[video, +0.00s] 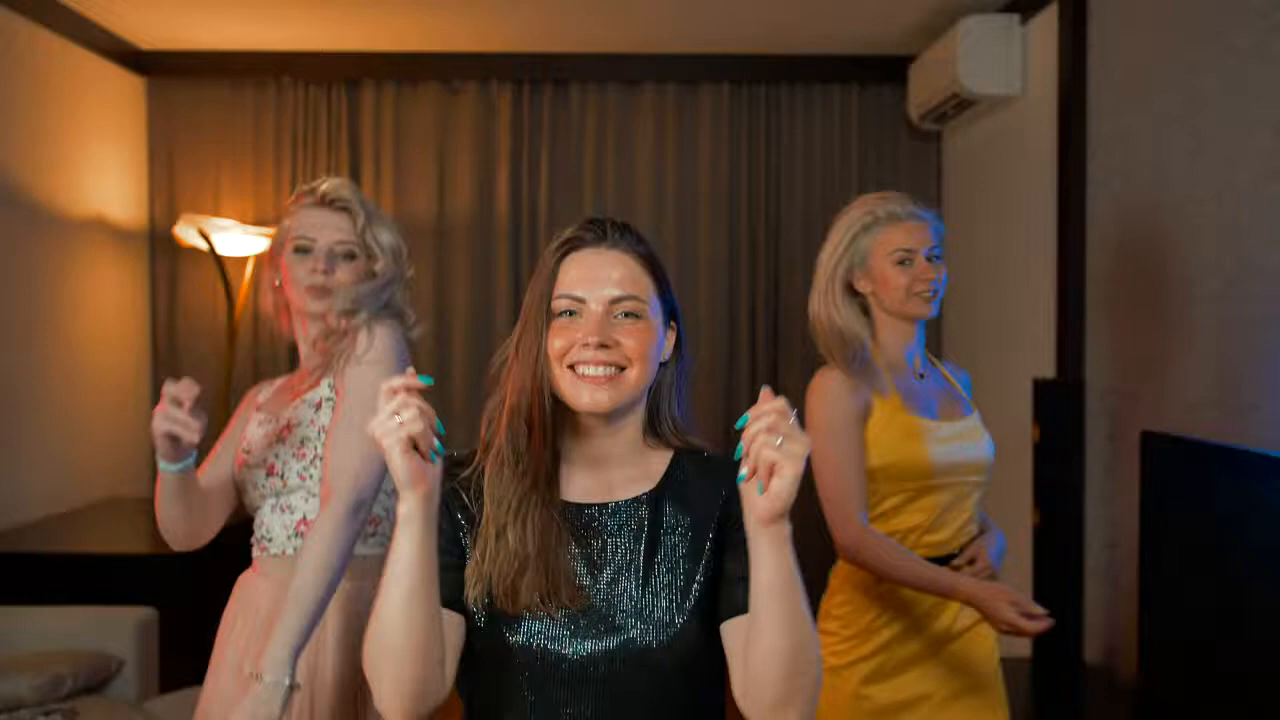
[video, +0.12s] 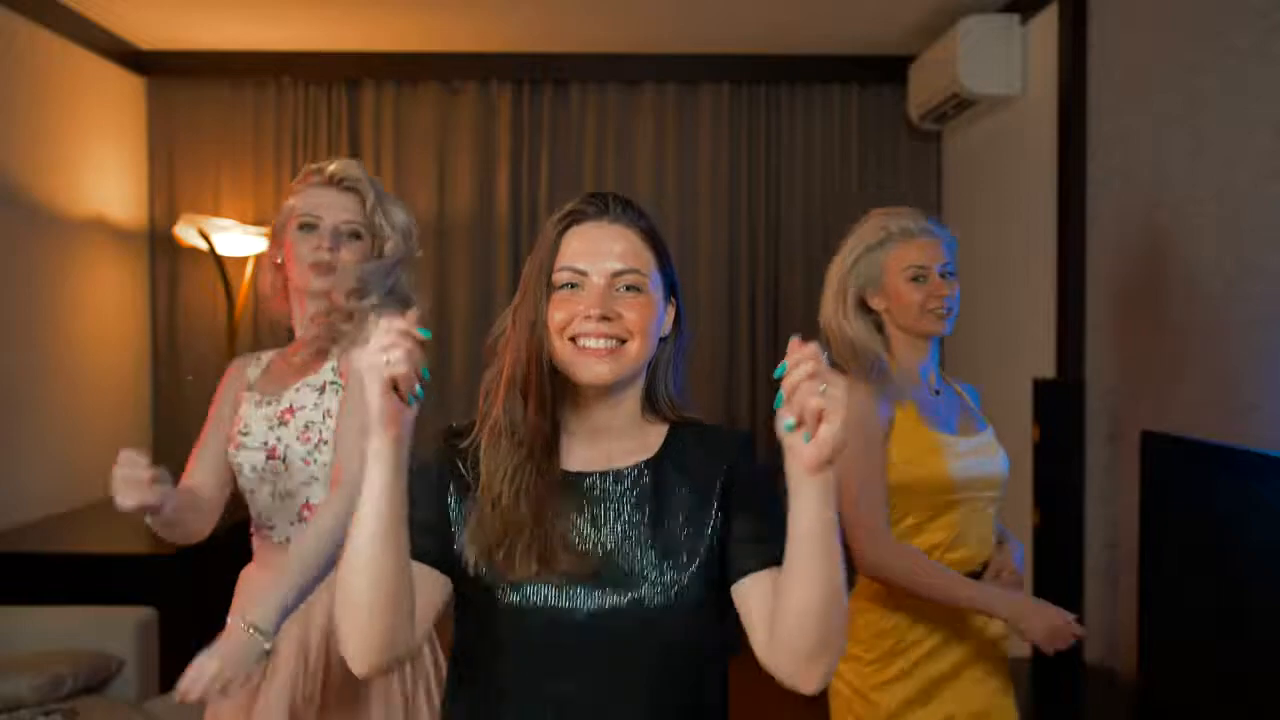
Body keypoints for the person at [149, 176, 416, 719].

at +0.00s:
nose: (321, 270)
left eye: (345, 255)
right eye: (303, 250)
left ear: (373, 272)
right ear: (278, 268)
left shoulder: (375, 344)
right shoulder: (264, 397)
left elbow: (345, 509)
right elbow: (188, 531)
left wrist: (275, 671)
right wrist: (175, 461)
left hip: (332, 627)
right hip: (254, 610)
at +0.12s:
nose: (326, 246)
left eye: (349, 234)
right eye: (307, 227)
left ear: (377, 256)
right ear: (280, 248)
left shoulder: (374, 357)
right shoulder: (247, 375)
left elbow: (347, 502)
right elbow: (197, 515)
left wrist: (250, 630)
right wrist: (160, 500)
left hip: (355, 604)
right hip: (264, 611)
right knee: (233, 710)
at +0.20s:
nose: (327, 244)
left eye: (350, 233)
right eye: (309, 227)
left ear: (379, 256)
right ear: (280, 250)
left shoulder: (387, 364)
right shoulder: (235, 376)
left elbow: (374, 514)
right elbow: (198, 515)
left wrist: (249, 598)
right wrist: (153, 559)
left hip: (370, 622)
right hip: (270, 627)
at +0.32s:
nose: (327, 271)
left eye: (349, 259)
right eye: (306, 256)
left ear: (374, 288)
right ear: (278, 283)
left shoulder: (393, 398)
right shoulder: (221, 400)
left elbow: (402, 565)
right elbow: (191, 559)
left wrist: (282, 602)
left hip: (373, 665)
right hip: (262, 671)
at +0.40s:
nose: (321, 278)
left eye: (344, 267)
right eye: (301, 264)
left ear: (369, 300)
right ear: (271, 293)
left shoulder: (397, 415)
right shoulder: (211, 408)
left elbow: (424, 566)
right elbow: (188, 577)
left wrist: (309, 571)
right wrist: (199, 710)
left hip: (373, 665)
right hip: (258, 667)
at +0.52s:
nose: (312, 262)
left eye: (334, 251)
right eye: (291, 250)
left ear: (361, 284)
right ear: (263, 281)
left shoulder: (390, 404)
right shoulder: (211, 399)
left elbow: (398, 562)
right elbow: (175, 572)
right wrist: (200, 697)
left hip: (364, 655)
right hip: (251, 661)